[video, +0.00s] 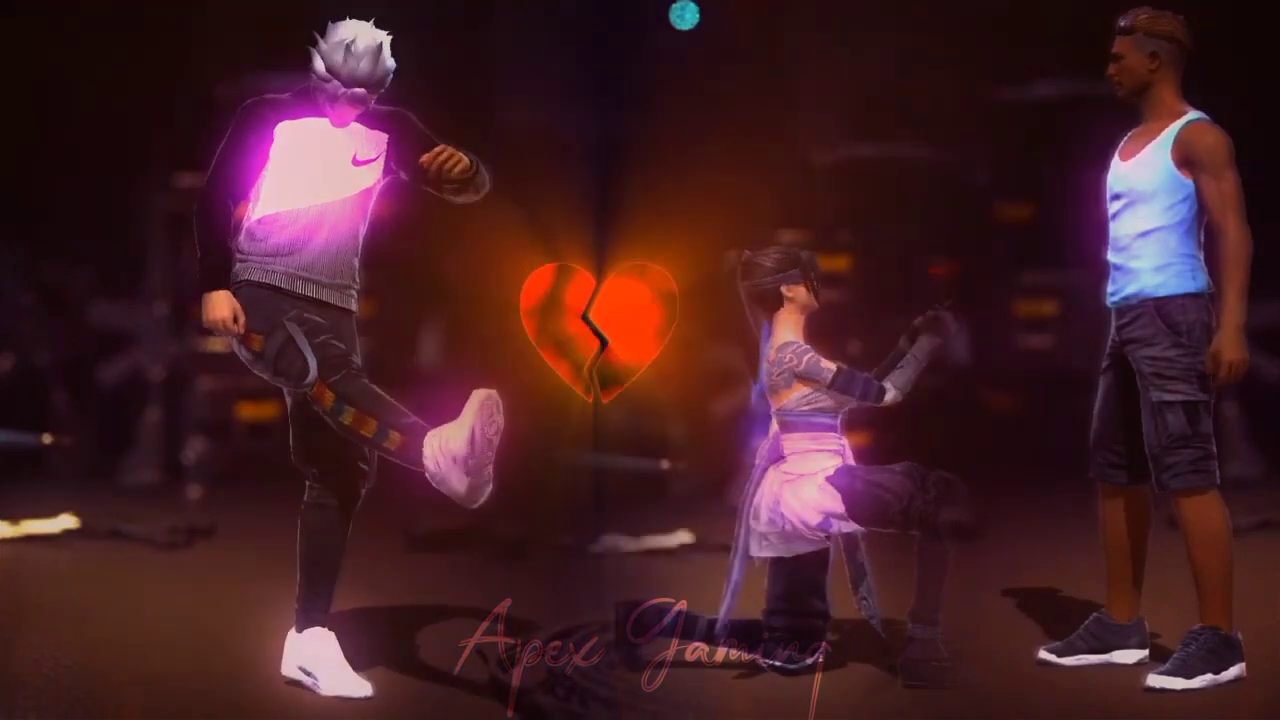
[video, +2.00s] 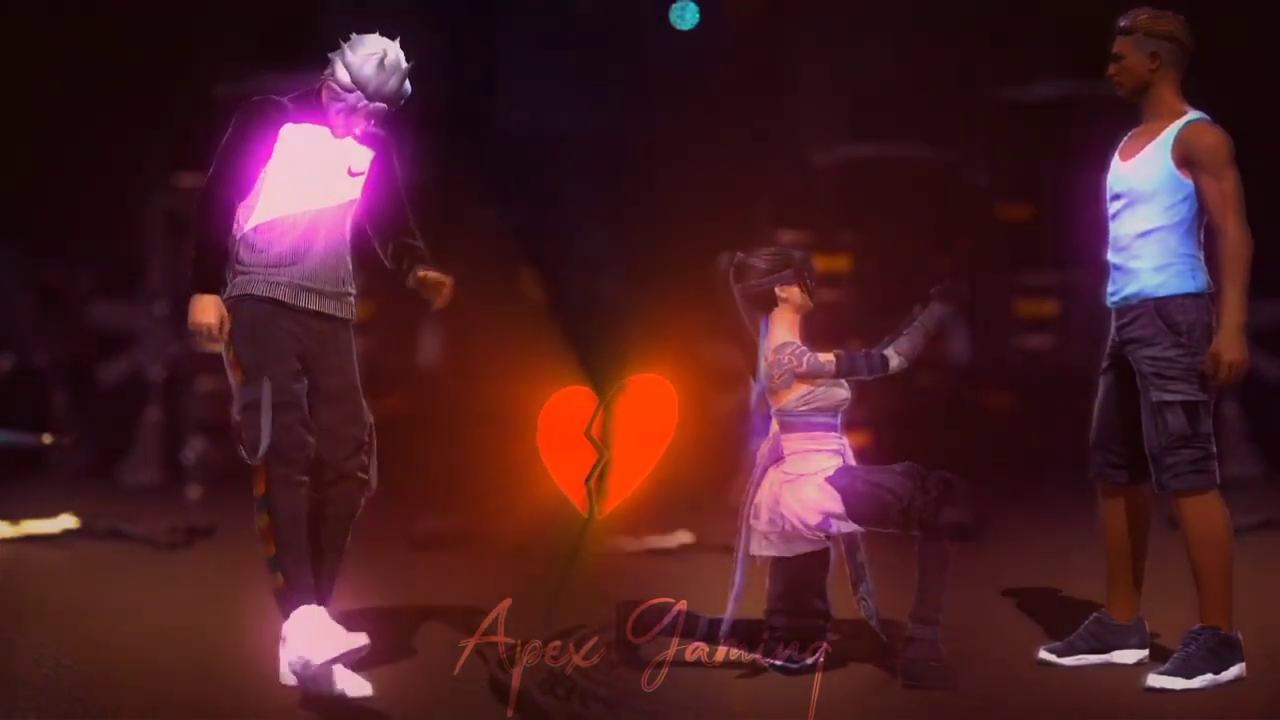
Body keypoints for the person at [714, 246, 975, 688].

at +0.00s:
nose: (815, 291)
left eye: (812, 282)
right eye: (808, 283)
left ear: (786, 292)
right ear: (787, 290)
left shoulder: (782, 350)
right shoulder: (792, 353)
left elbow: (869, 389)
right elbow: (886, 393)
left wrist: (906, 346)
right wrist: (929, 343)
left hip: (794, 482)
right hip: (809, 486)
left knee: (795, 644)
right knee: (942, 495)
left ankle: (673, 624)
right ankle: (924, 645)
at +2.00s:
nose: (809, 290)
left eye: (806, 281)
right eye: (802, 282)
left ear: (779, 293)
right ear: (782, 291)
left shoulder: (784, 349)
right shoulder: (787, 355)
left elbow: (876, 361)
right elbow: (884, 362)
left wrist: (926, 313)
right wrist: (936, 312)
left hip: (797, 481)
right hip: (809, 485)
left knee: (797, 642)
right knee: (941, 496)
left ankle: (680, 623)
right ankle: (923, 650)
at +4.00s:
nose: (806, 288)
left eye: (800, 281)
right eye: (797, 282)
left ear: (775, 296)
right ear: (778, 294)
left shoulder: (781, 350)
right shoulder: (787, 354)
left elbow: (878, 358)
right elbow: (887, 359)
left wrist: (928, 308)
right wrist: (938, 305)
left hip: (799, 484)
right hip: (808, 488)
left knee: (795, 645)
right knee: (943, 497)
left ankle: (673, 623)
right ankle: (923, 651)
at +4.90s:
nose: (806, 288)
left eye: (802, 280)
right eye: (797, 280)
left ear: (779, 292)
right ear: (778, 291)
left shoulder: (791, 352)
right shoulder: (785, 353)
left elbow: (881, 359)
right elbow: (883, 359)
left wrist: (933, 305)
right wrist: (938, 305)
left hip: (804, 485)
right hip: (807, 486)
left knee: (796, 647)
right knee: (942, 499)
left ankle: (663, 619)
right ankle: (923, 653)